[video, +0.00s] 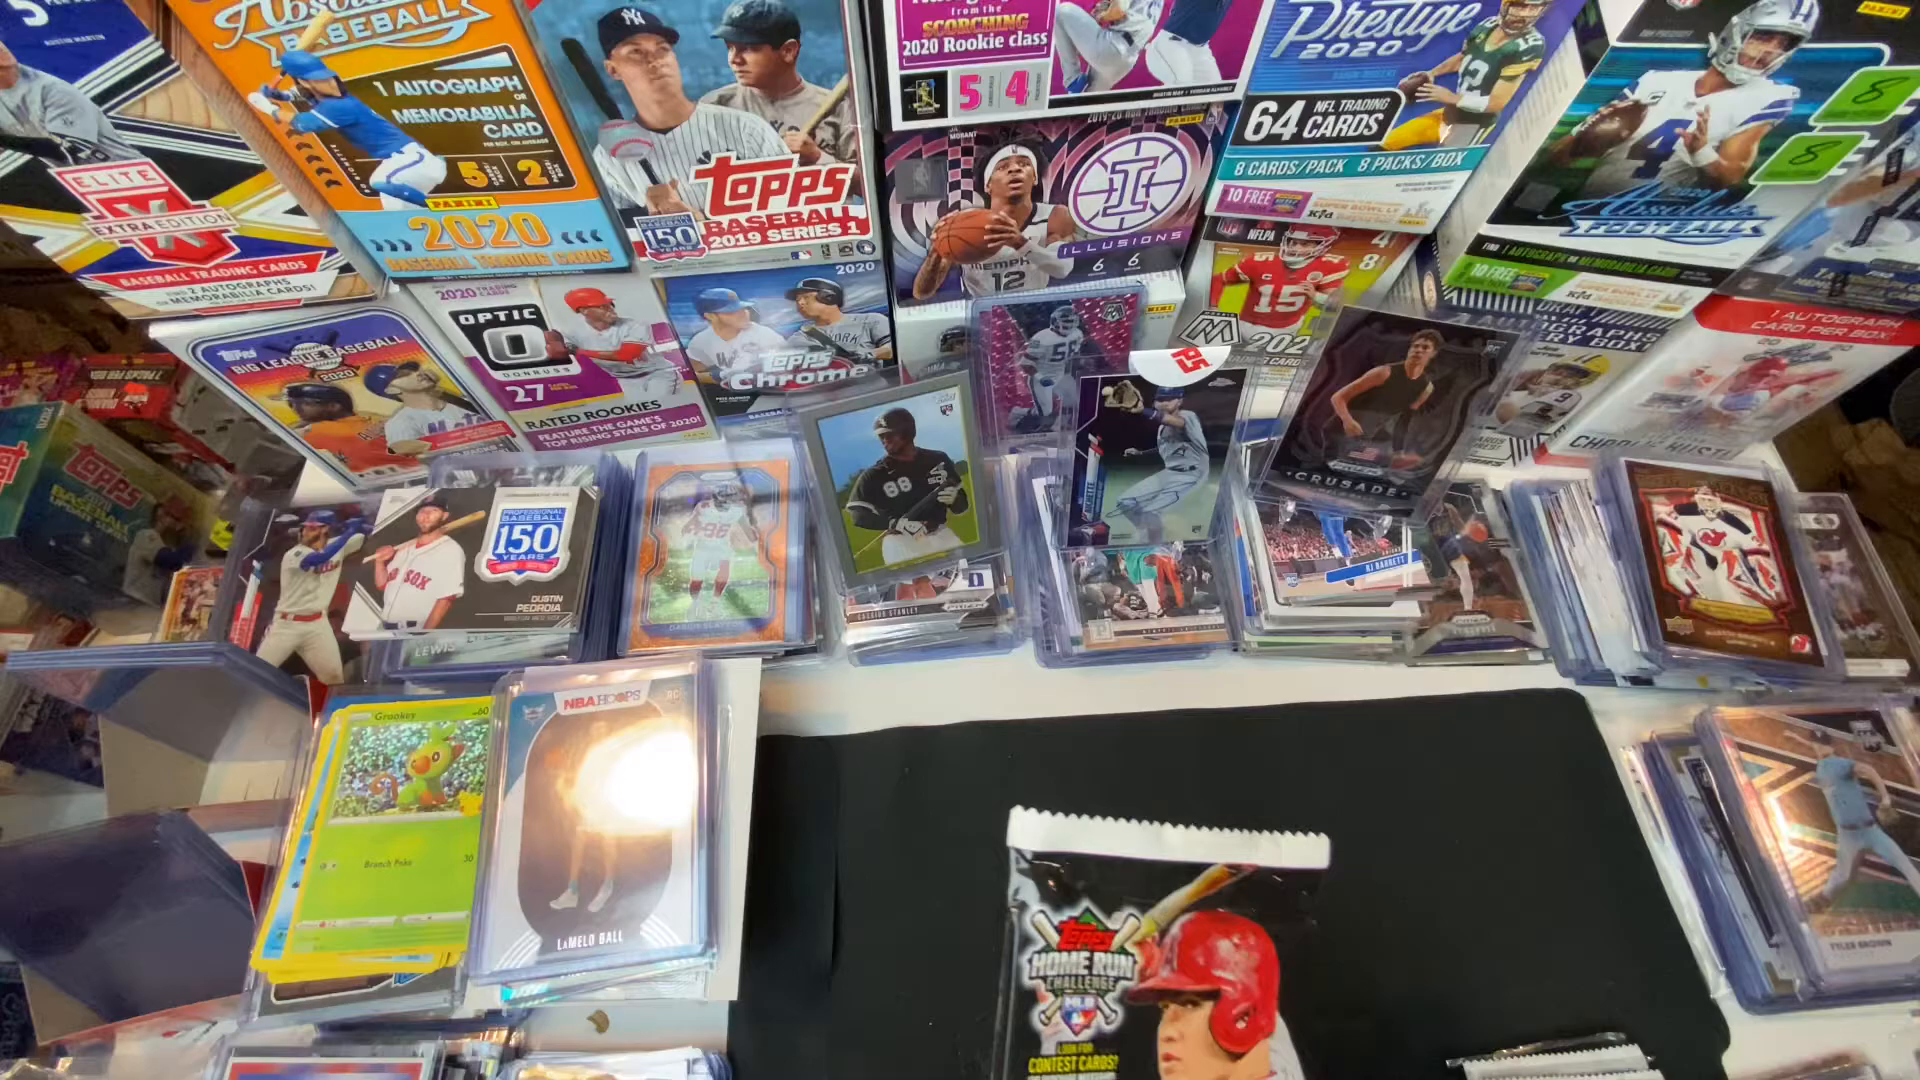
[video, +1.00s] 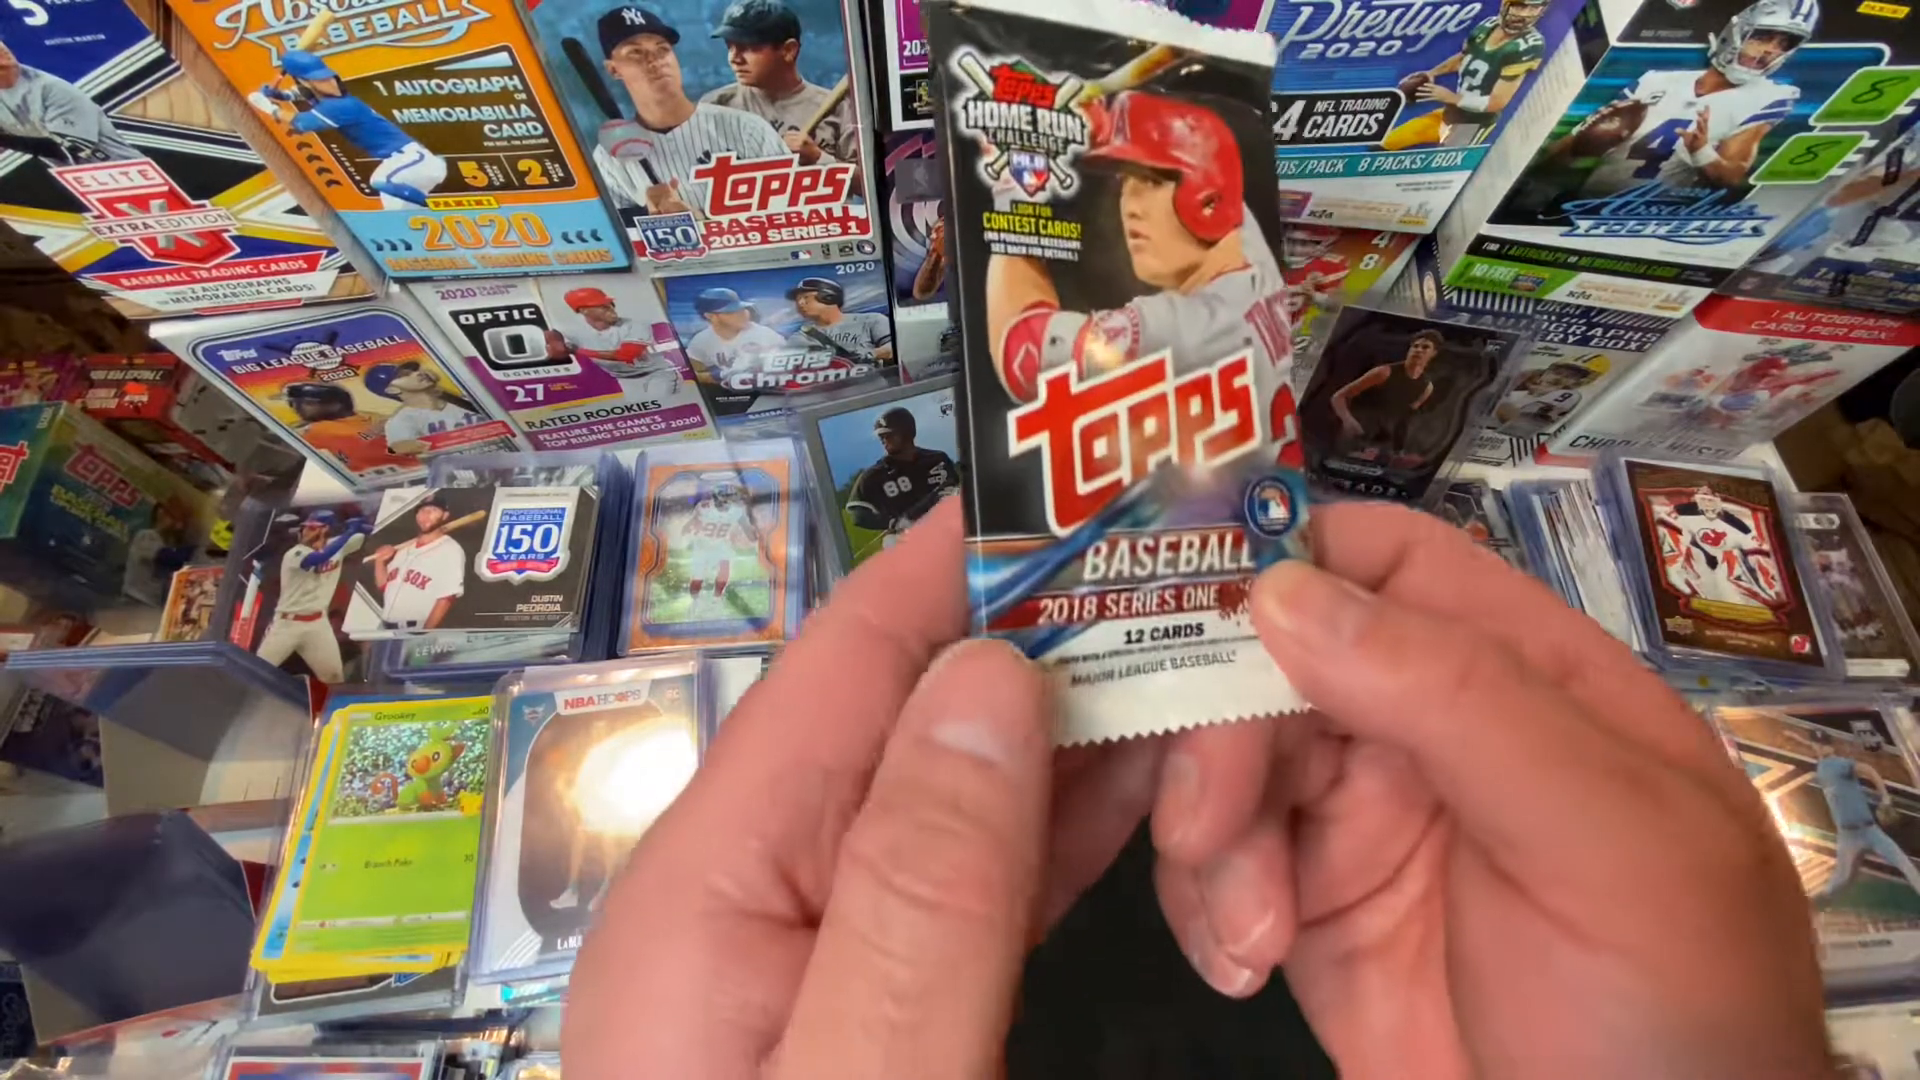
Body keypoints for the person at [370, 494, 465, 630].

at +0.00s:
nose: (425, 516)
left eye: (433, 511)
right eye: (422, 511)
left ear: (445, 516)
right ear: (416, 515)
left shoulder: (451, 550)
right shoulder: (404, 548)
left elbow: (446, 599)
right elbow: (382, 585)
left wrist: (424, 635)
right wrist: (380, 561)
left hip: (416, 631)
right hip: (386, 627)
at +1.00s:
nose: (425, 516)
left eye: (432, 511)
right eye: (422, 510)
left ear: (445, 515)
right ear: (416, 515)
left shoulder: (451, 550)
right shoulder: (406, 547)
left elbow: (446, 598)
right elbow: (383, 586)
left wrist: (424, 634)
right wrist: (379, 561)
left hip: (415, 632)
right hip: (386, 627)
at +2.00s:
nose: (425, 517)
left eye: (432, 511)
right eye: (422, 511)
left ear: (445, 516)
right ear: (416, 515)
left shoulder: (451, 550)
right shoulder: (406, 548)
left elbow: (445, 600)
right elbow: (382, 586)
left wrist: (426, 636)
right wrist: (379, 562)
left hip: (416, 632)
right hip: (386, 627)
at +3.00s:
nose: (424, 517)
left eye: (431, 512)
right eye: (421, 512)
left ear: (445, 516)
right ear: (416, 516)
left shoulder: (451, 551)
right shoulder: (405, 548)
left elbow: (446, 599)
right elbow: (382, 585)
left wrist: (425, 633)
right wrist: (379, 561)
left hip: (415, 631)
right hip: (385, 627)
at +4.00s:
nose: (425, 516)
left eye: (432, 511)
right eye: (422, 511)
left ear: (445, 516)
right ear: (416, 515)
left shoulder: (450, 550)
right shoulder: (405, 548)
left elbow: (447, 598)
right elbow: (382, 585)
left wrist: (425, 633)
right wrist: (379, 561)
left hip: (416, 630)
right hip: (386, 627)